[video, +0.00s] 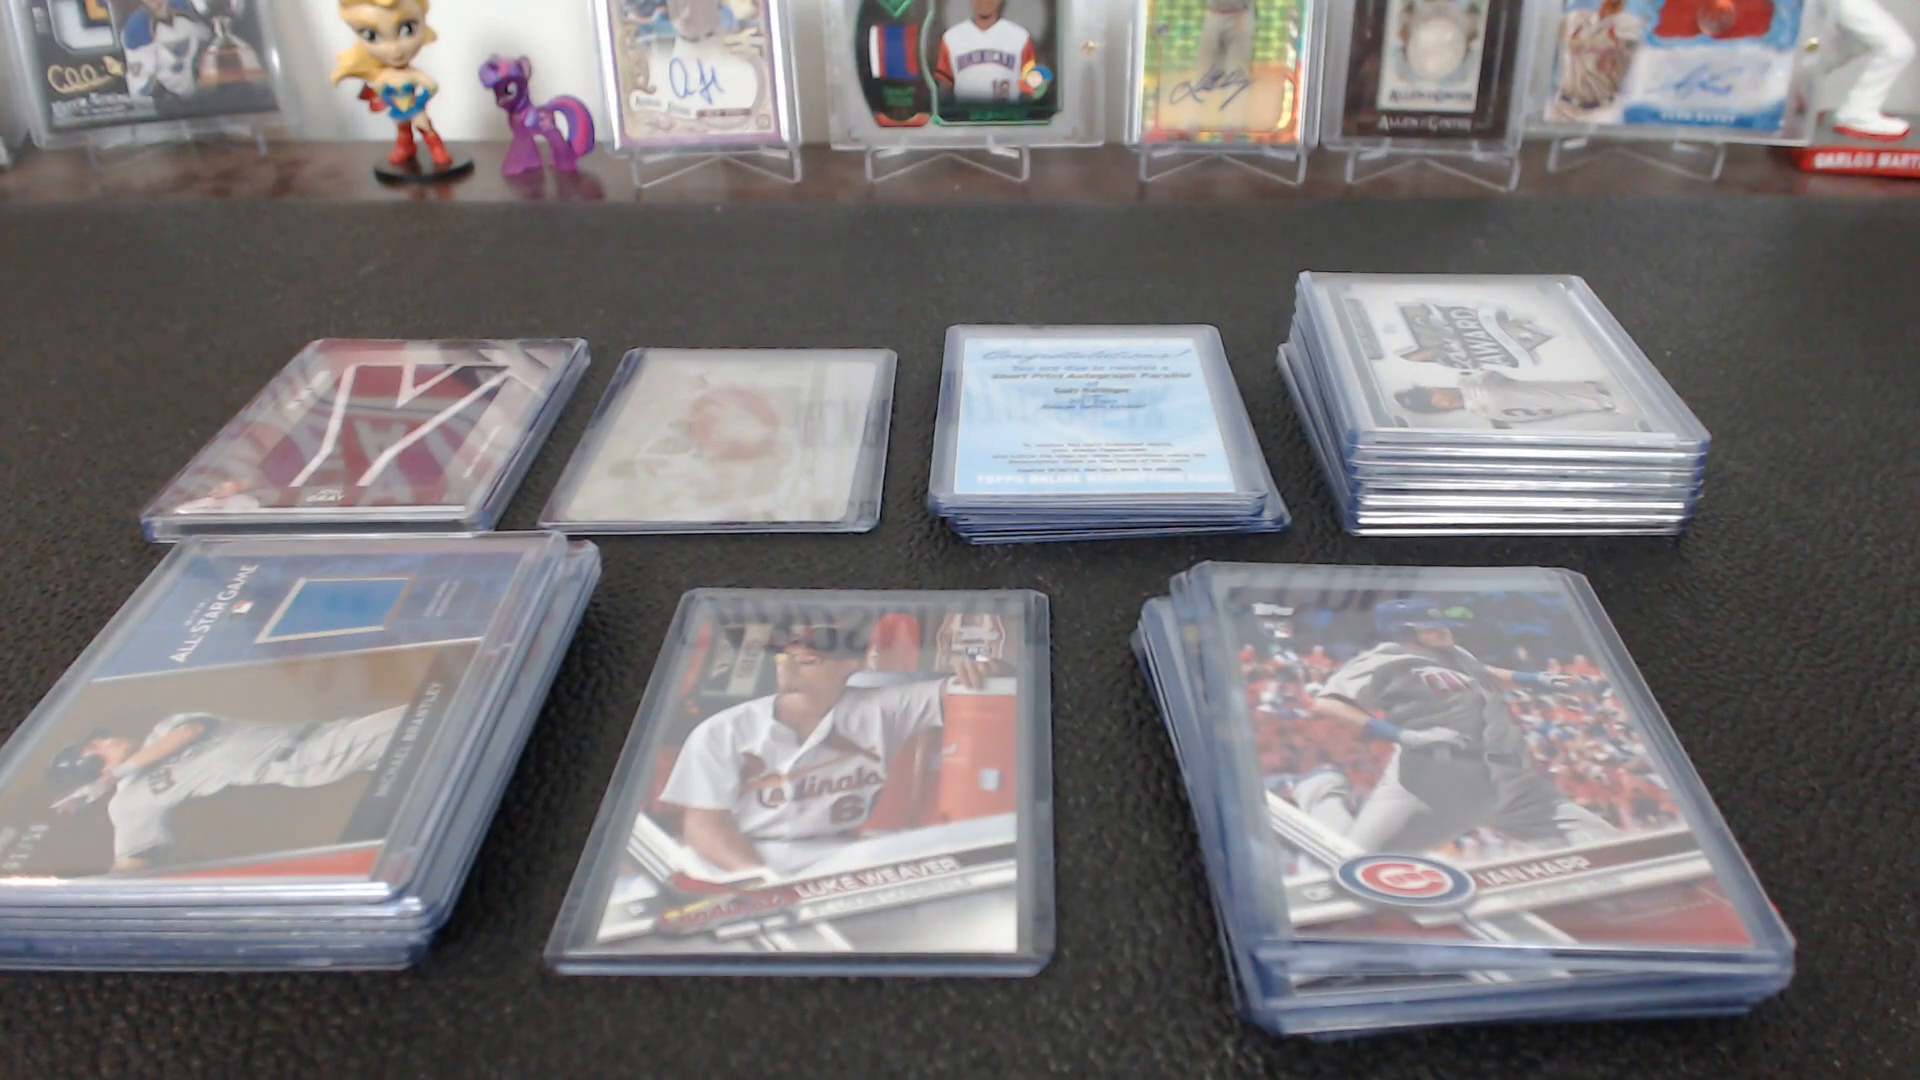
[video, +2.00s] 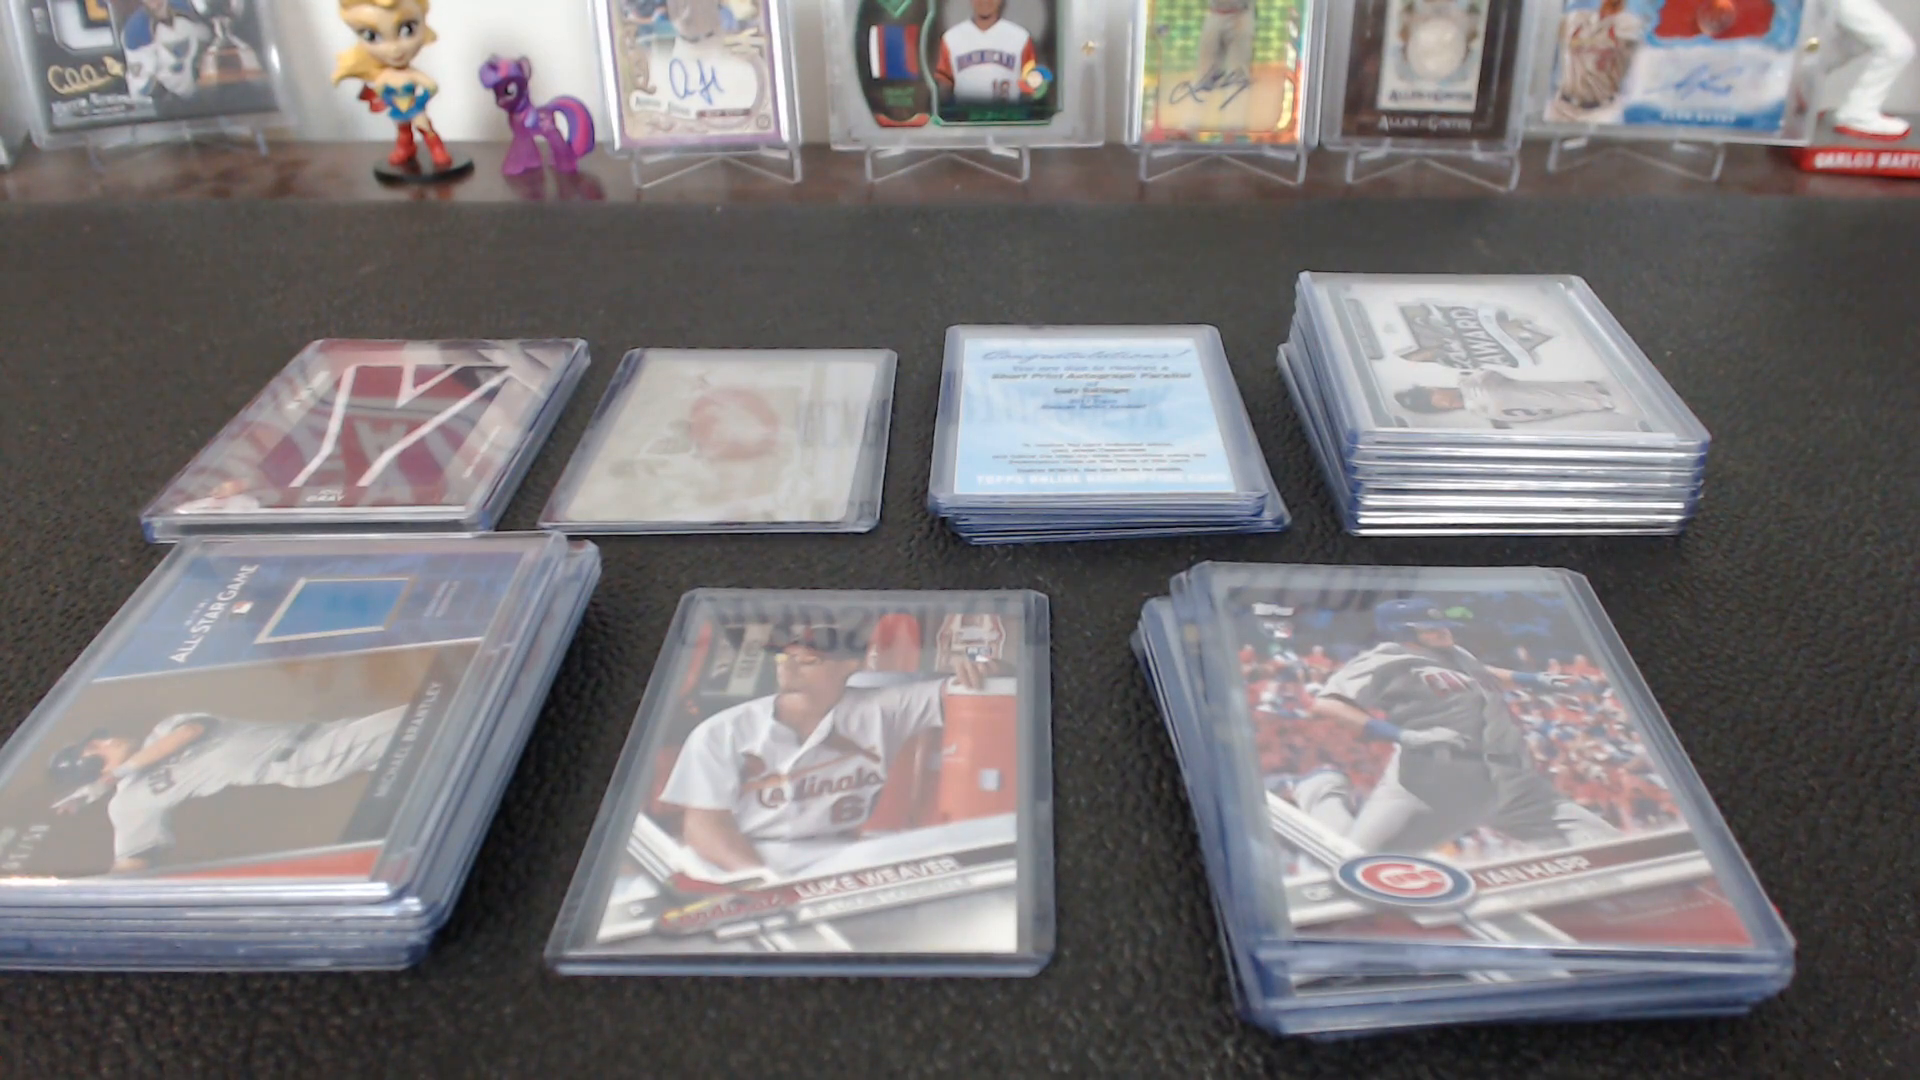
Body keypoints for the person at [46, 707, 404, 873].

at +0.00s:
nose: (109, 740)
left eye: (98, 740)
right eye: (99, 747)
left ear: (107, 743)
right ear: (100, 769)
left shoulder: (163, 727)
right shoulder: (131, 799)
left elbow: (193, 732)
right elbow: (130, 870)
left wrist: (116, 774)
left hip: (312, 731)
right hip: (300, 759)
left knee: (415, 720)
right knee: (413, 717)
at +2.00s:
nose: (109, 740)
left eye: (98, 739)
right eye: (99, 747)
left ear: (107, 743)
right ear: (100, 771)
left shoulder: (161, 728)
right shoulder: (130, 800)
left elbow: (193, 732)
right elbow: (129, 871)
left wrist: (116, 775)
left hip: (311, 732)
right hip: (298, 760)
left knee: (414, 721)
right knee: (412, 718)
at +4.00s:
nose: (113, 740)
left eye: (103, 739)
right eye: (103, 746)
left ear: (109, 741)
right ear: (101, 769)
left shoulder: (161, 729)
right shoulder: (131, 798)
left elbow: (192, 732)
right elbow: (130, 869)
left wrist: (116, 775)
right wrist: (88, 901)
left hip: (311, 732)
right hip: (299, 760)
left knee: (416, 721)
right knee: (414, 717)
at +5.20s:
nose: (109, 751)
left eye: (98, 747)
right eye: (99, 760)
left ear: (108, 736)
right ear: (100, 776)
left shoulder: (160, 727)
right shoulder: (131, 801)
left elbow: (191, 733)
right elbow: (128, 872)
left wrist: (117, 775)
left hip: (305, 735)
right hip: (291, 768)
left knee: (412, 719)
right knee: (408, 721)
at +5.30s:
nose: (104, 771)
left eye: (98, 758)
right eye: (94, 774)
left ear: (112, 741)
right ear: (96, 786)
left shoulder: (161, 731)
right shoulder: (130, 802)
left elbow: (193, 732)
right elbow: (130, 871)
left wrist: (124, 770)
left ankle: (418, 715)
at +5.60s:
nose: (115, 741)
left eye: (106, 739)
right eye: (104, 744)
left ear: (109, 742)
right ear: (100, 764)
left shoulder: (163, 727)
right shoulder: (129, 802)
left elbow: (196, 731)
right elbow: (129, 872)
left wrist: (115, 777)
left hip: (294, 736)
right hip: (277, 774)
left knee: (407, 721)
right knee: (399, 726)